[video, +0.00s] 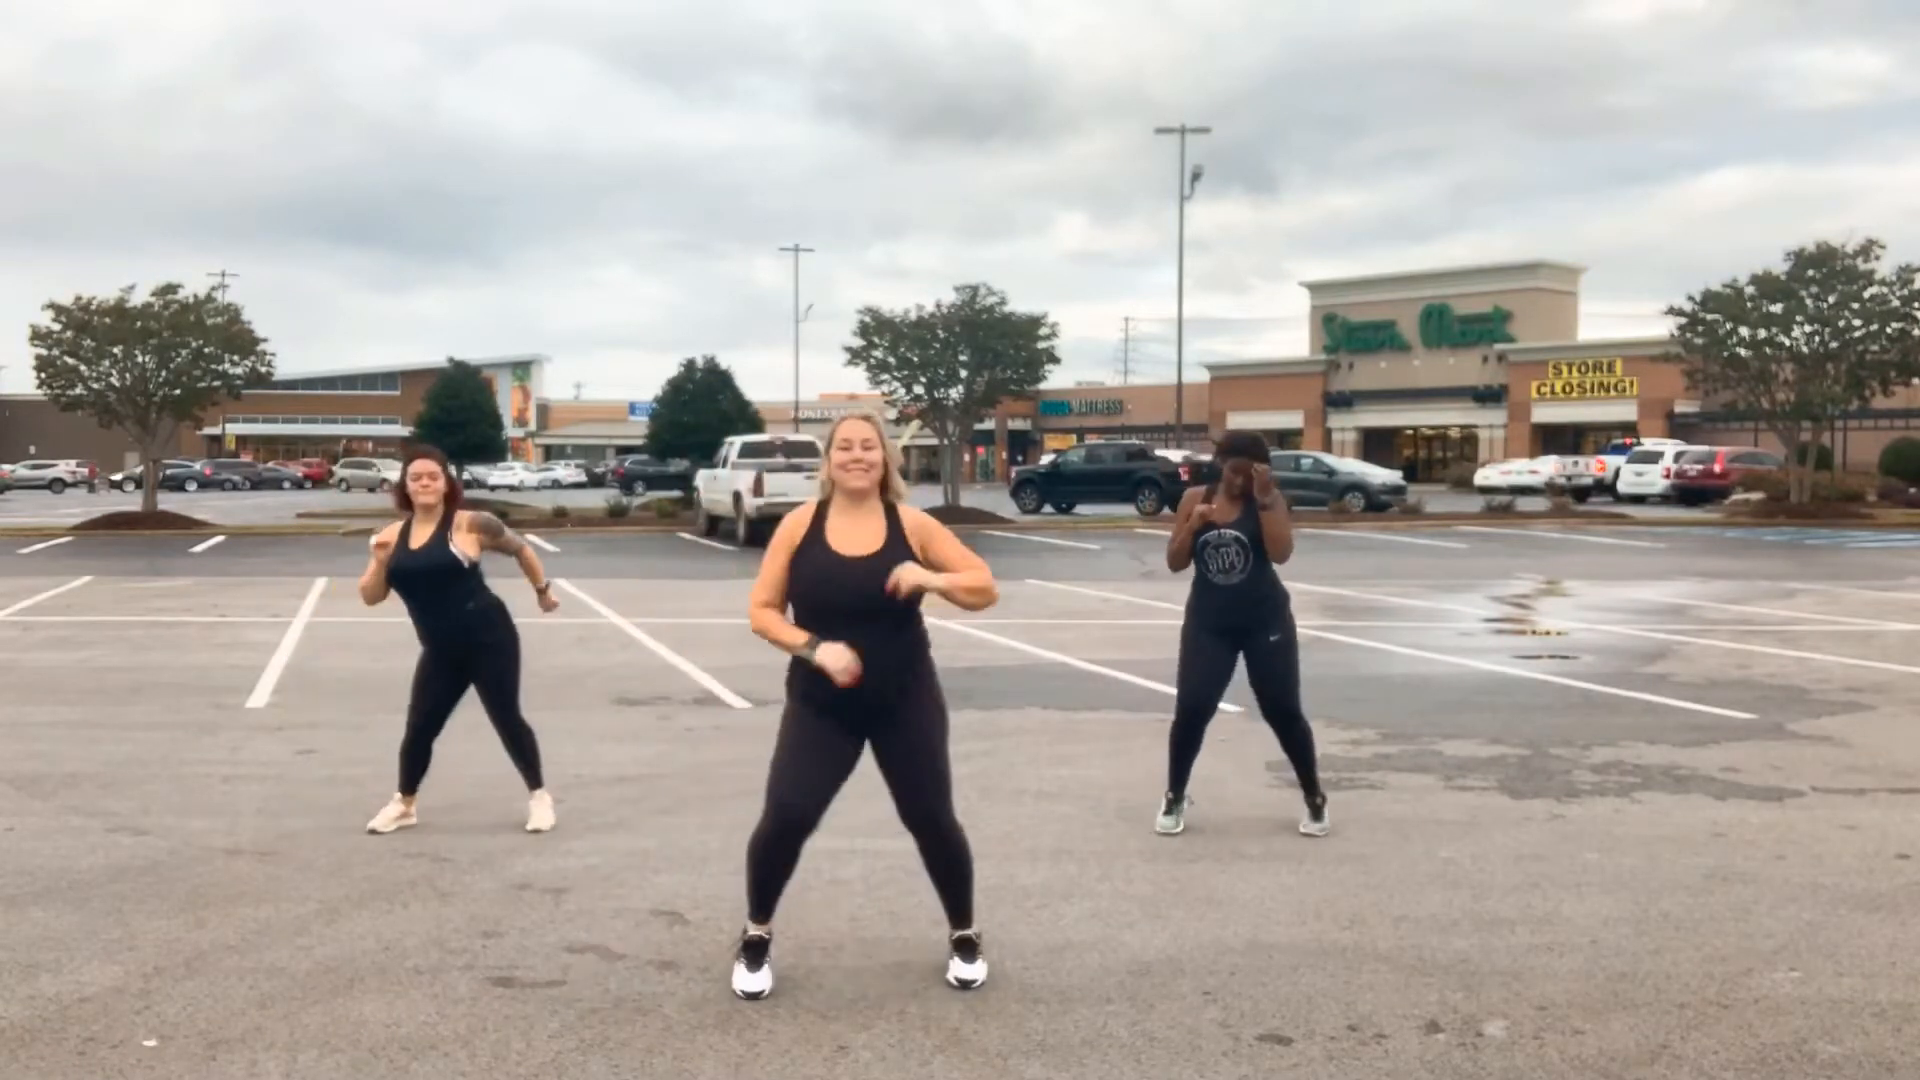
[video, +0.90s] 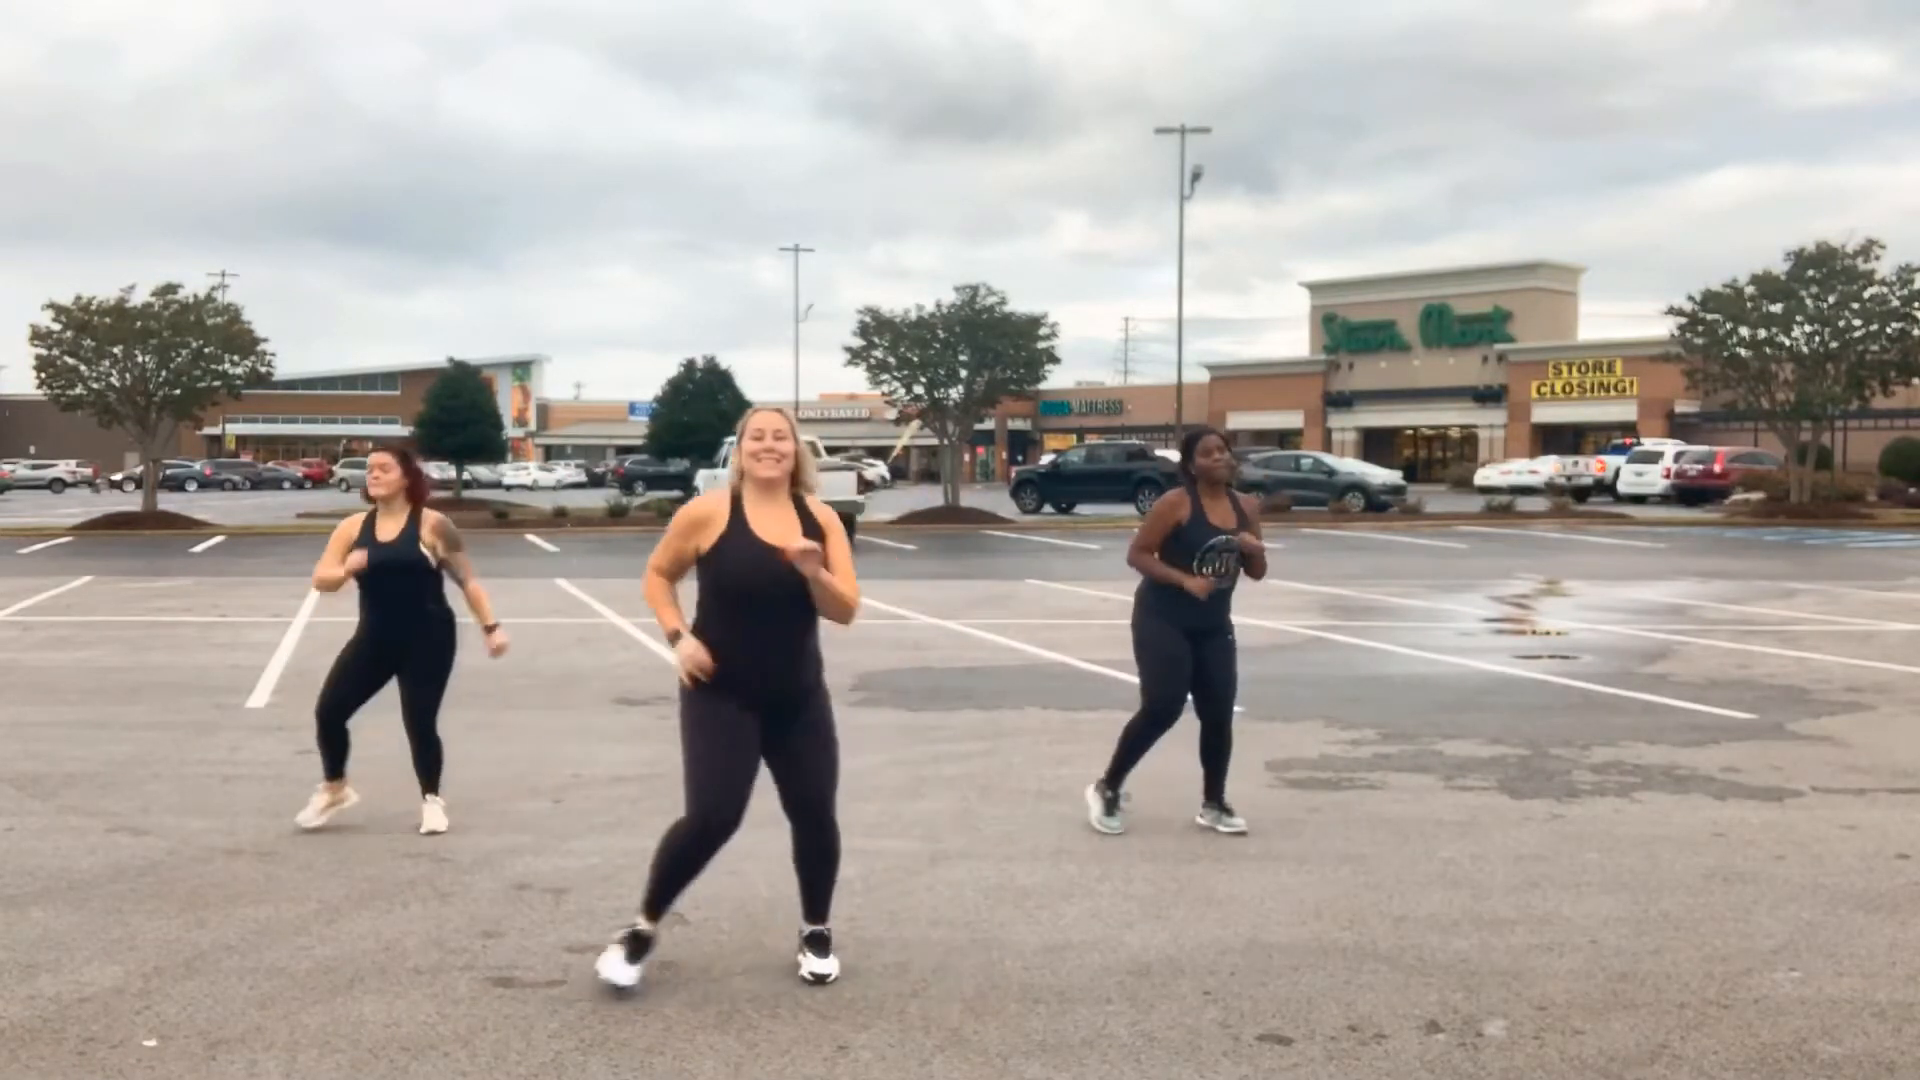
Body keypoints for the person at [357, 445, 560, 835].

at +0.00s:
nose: (424, 484)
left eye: (432, 477)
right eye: (416, 478)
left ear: (446, 485)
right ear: (405, 488)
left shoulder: (472, 524)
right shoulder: (392, 536)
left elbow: (520, 549)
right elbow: (371, 596)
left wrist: (543, 590)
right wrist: (380, 562)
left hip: (489, 639)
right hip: (441, 649)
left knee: (506, 718)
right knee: (419, 728)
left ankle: (539, 795)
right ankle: (404, 803)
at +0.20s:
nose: (416, 481)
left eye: (425, 474)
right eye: (408, 475)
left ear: (439, 481)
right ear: (398, 484)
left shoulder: (461, 527)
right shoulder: (382, 532)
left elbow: (500, 576)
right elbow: (364, 594)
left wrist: (506, 623)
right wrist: (375, 586)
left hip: (465, 640)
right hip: (411, 644)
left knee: (491, 721)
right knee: (396, 727)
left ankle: (534, 794)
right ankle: (400, 803)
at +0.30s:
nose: (410, 477)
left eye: (418, 470)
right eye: (402, 471)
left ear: (434, 477)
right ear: (393, 480)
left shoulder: (455, 526)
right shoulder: (372, 529)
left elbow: (488, 573)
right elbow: (345, 578)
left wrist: (469, 583)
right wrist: (359, 590)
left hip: (453, 640)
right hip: (397, 642)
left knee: (478, 718)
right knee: (394, 728)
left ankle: (519, 792)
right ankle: (399, 801)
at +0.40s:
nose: (397, 468)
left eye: (406, 462)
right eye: (391, 464)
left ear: (426, 469)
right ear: (385, 474)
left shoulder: (451, 517)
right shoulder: (368, 521)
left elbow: (488, 559)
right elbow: (334, 564)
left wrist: (453, 541)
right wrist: (348, 587)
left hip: (447, 632)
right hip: (392, 634)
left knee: (455, 713)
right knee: (396, 722)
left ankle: (472, 788)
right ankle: (400, 800)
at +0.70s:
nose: (377, 477)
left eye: (385, 470)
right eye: (376, 470)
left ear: (412, 476)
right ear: (382, 478)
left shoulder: (445, 521)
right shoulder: (367, 531)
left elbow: (463, 565)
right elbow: (353, 585)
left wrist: (418, 563)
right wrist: (350, 621)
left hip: (432, 642)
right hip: (378, 642)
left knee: (423, 725)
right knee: (374, 726)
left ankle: (432, 800)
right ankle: (395, 798)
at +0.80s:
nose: (376, 478)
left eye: (385, 471)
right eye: (375, 471)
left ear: (410, 477)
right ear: (376, 479)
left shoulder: (441, 526)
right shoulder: (363, 530)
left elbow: (454, 581)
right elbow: (345, 586)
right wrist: (355, 603)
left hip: (430, 640)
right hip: (381, 639)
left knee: (423, 726)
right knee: (347, 715)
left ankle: (431, 799)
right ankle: (373, 788)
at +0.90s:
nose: (374, 476)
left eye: (384, 470)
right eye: (371, 470)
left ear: (407, 477)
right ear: (367, 480)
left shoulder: (434, 525)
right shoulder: (353, 527)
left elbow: (466, 579)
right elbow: (321, 580)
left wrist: (490, 625)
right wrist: (346, 569)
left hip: (428, 641)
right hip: (375, 640)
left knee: (420, 723)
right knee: (329, 710)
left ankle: (431, 799)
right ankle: (335, 789)